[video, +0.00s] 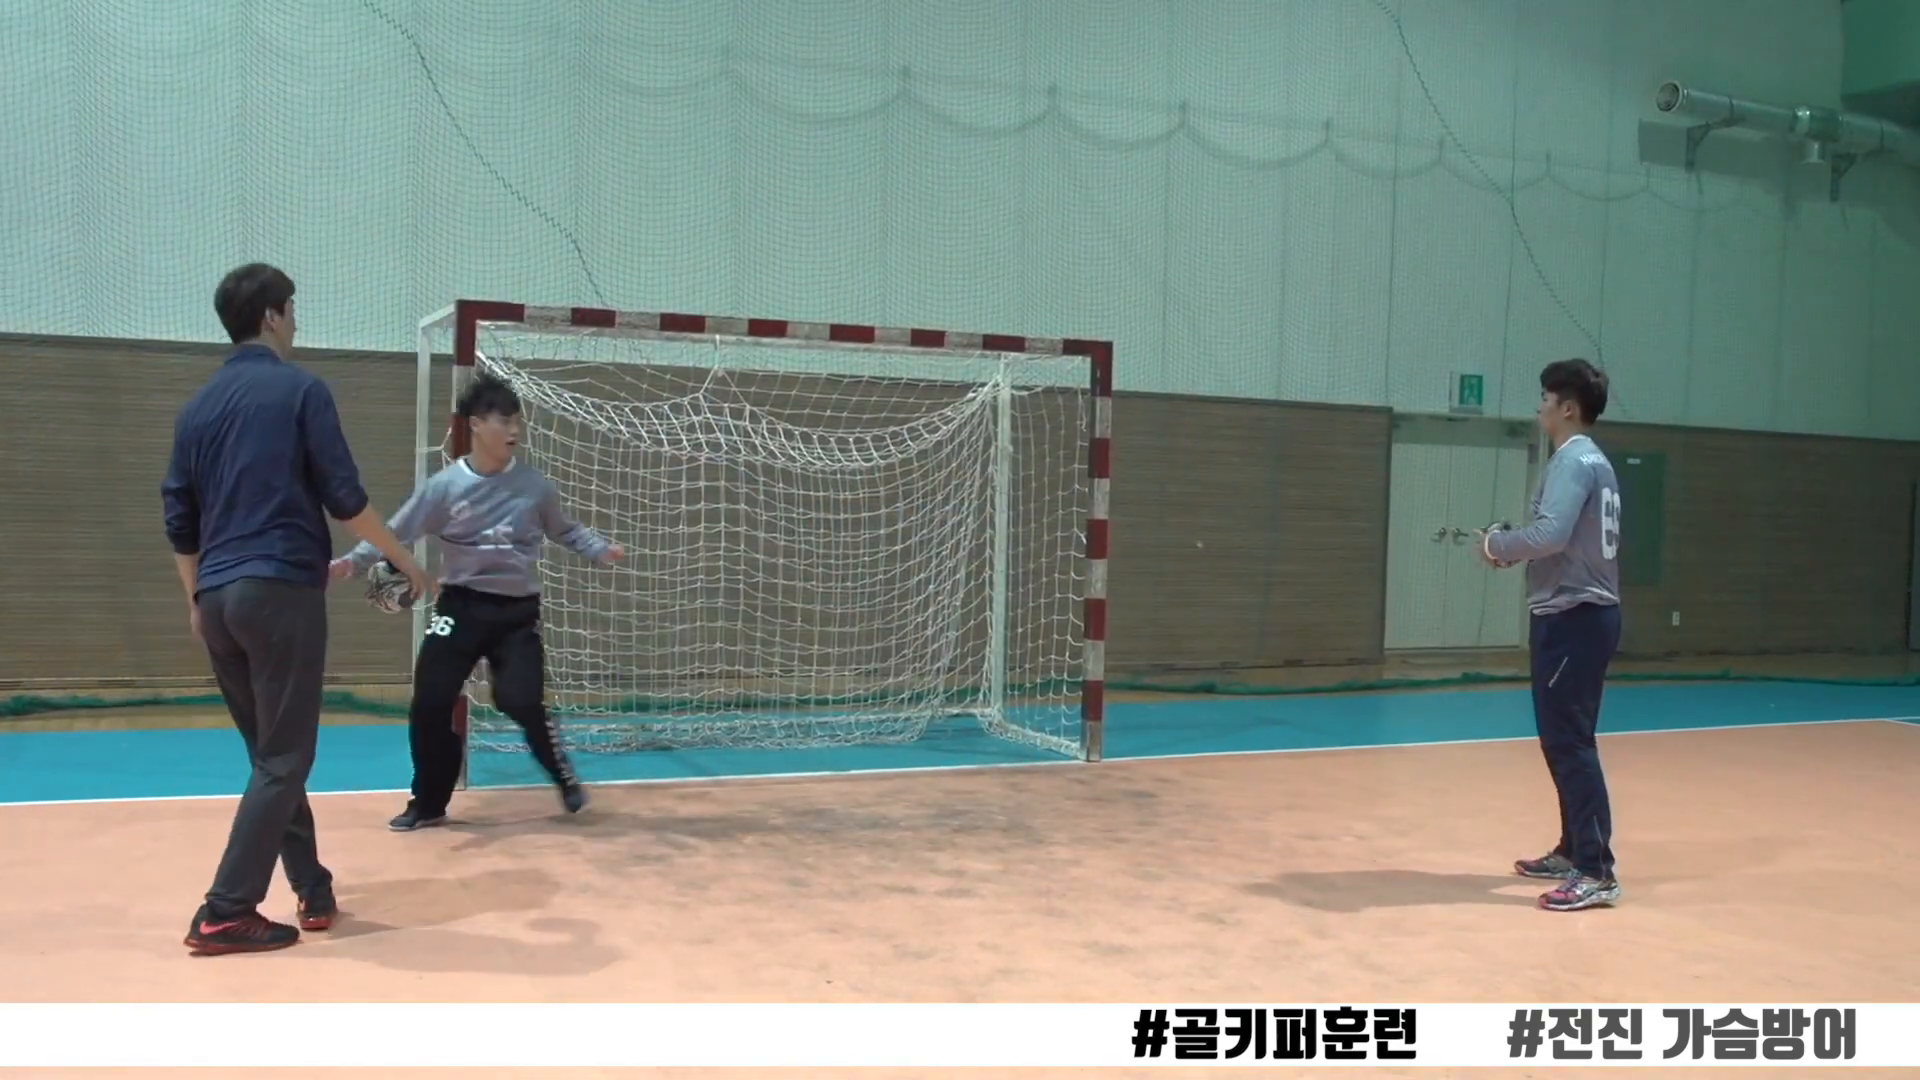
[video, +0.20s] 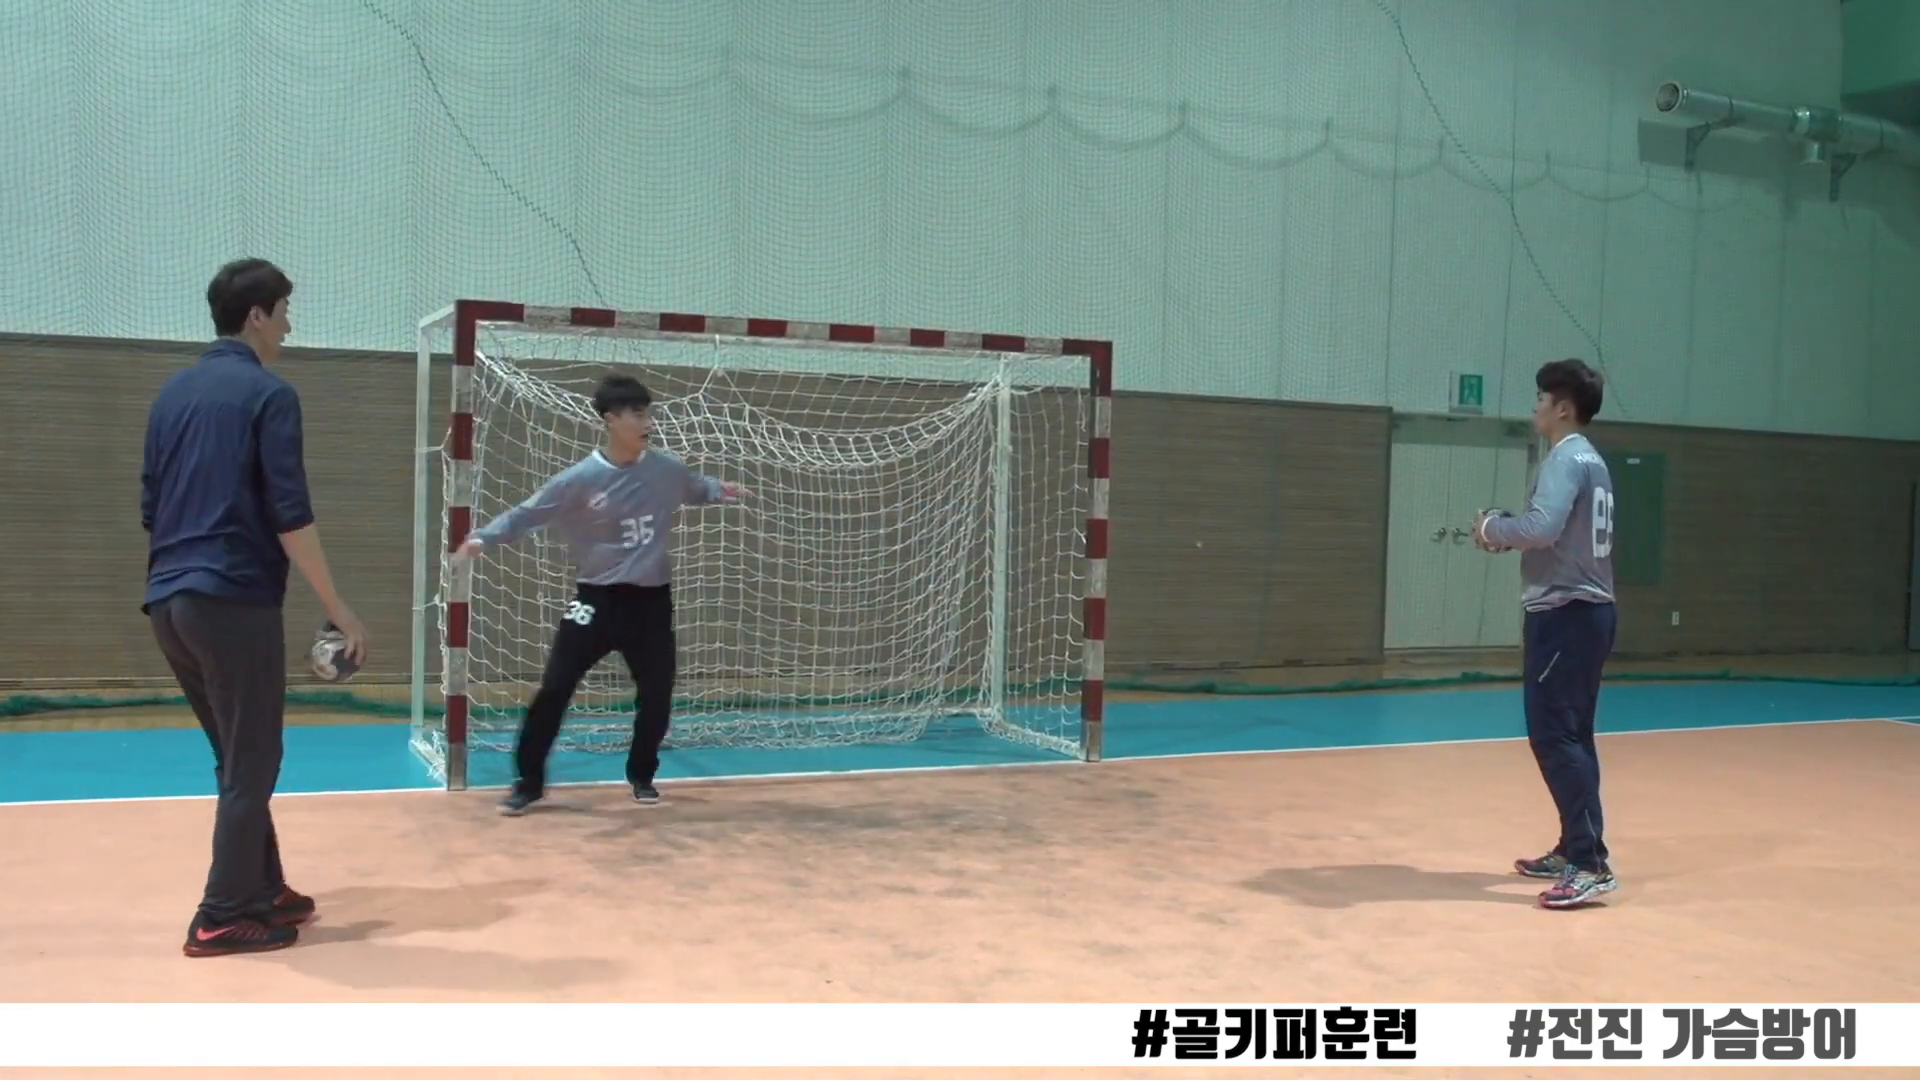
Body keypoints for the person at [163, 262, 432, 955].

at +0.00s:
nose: (294, 325)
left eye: (291, 313)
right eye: (290, 314)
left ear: (232, 323)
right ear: (272, 318)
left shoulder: (198, 406)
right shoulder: (301, 389)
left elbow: (180, 517)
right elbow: (345, 499)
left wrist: (198, 601)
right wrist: (400, 556)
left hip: (215, 598)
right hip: (280, 593)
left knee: (274, 752)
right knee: (283, 758)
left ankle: (313, 893)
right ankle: (226, 911)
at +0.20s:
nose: (287, 327)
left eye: (285, 314)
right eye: (283, 314)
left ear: (227, 317)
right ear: (259, 316)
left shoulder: (174, 391)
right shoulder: (268, 393)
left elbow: (154, 508)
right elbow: (291, 516)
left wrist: (191, 574)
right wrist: (337, 607)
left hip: (170, 598)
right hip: (232, 598)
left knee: (237, 751)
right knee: (253, 755)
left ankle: (263, 892)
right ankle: (224, 916)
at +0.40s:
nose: (248, 312)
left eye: (246, 299)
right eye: (242, 299)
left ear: (191, 309)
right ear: (210, 307)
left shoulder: (134, 387)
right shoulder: (216, 386)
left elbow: (130, 503)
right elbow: (214, 504)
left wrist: (152, 591)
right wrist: (236, 604)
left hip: (132, 609)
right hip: (188, 609)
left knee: (170, 751)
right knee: (229, 759)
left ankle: (96, 893)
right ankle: (223, 916)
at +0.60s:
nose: (203, 323)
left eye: (200, 309)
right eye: (195, 309)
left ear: (146, 318)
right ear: (158, 316)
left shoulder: (108, 388)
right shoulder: (148, 390)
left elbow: (94, 513)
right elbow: (128, 506)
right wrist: (154, 611)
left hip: (73, 622)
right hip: (127, 623)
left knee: (70, 773)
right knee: (194, 765)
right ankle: (219, 914)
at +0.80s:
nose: (172, 318)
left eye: (171, 304)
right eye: (165, 304)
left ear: (115, 309)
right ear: (126, 308)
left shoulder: (72, 379)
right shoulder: (105, 379)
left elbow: (45, 500)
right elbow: (70, 497)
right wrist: (97, 605)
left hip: (23, 615)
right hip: (64, 614)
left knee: (28, 773)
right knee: (144, 760)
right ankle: (174, 923)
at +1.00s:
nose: (147, 306)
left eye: (146, 291)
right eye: (139, 292)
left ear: (90, 301)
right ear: (98, 299)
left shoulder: (46, 368)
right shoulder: (78, 377)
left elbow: (32, 504)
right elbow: (52, 506)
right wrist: (93, 616)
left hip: (16, 619)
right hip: (46, 620)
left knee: (23, 779)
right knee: (118, 774)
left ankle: (0, 937)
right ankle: (66, 957)